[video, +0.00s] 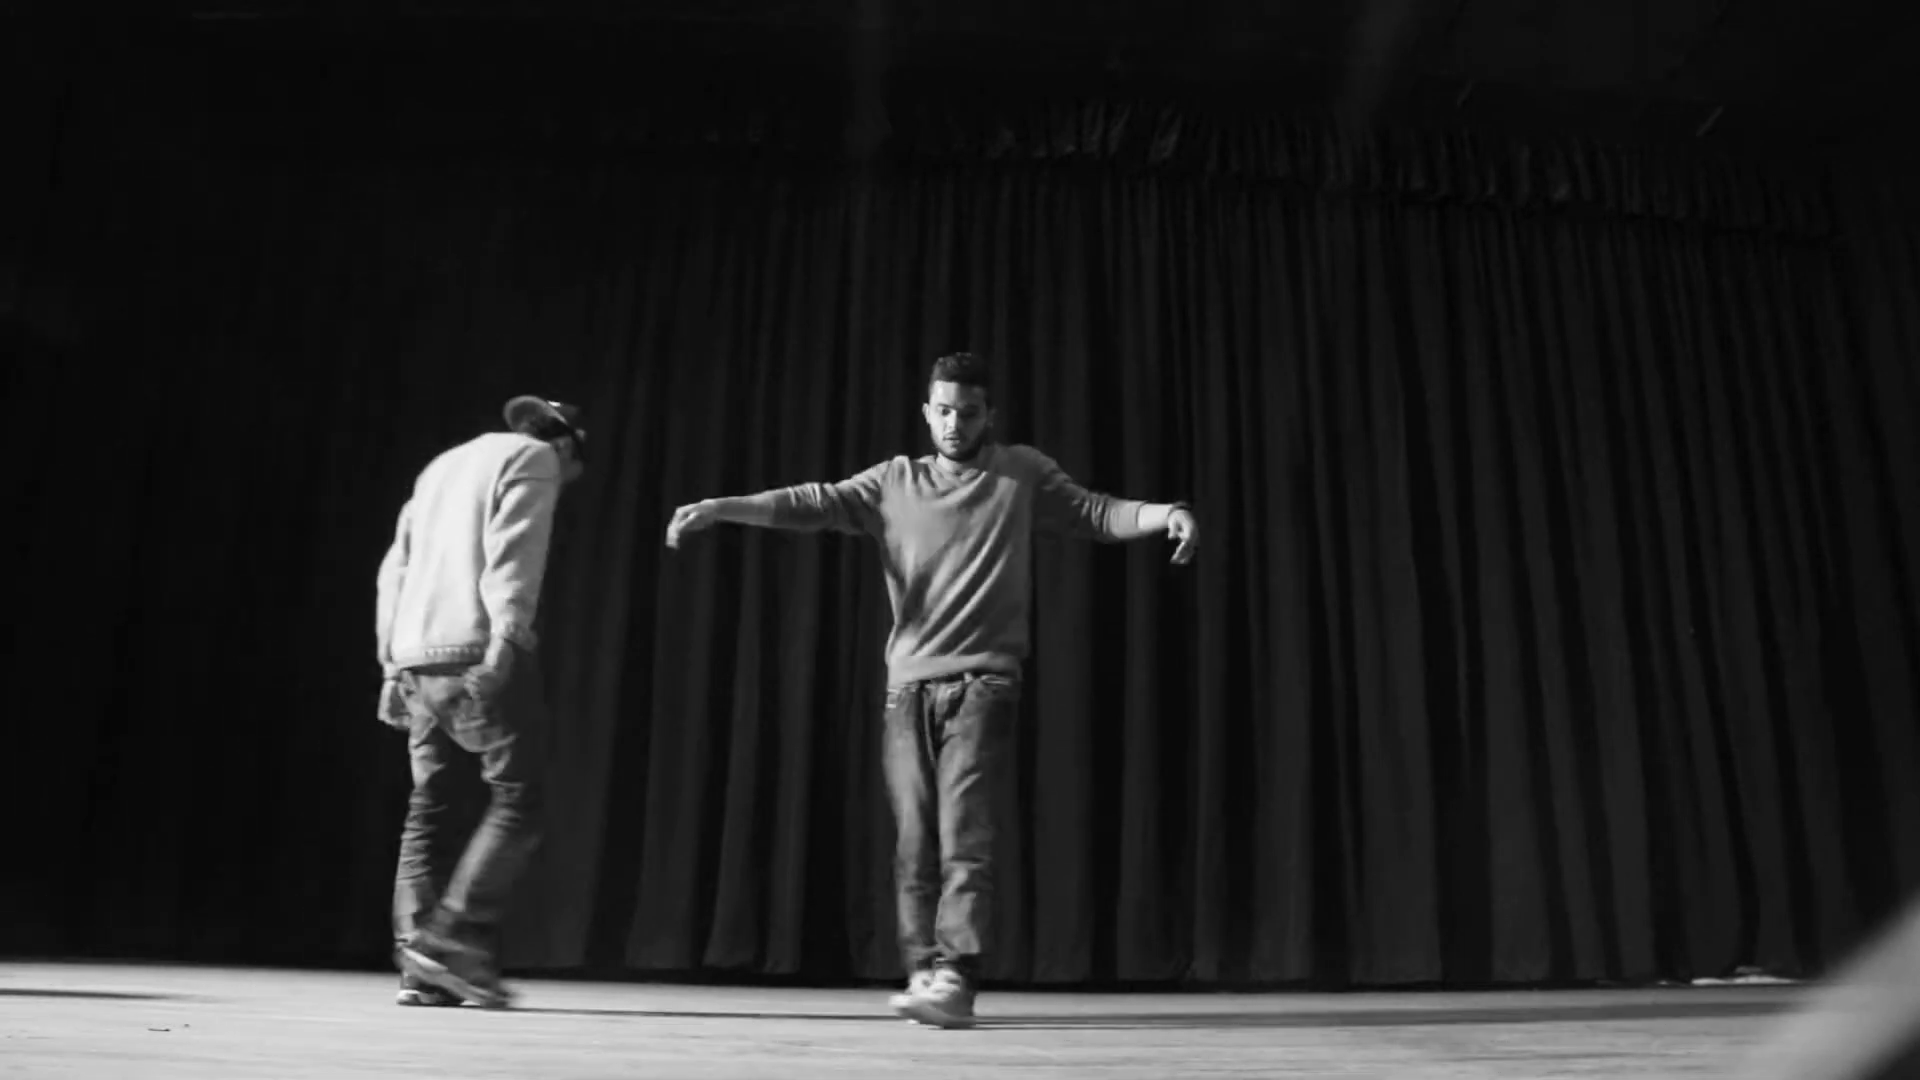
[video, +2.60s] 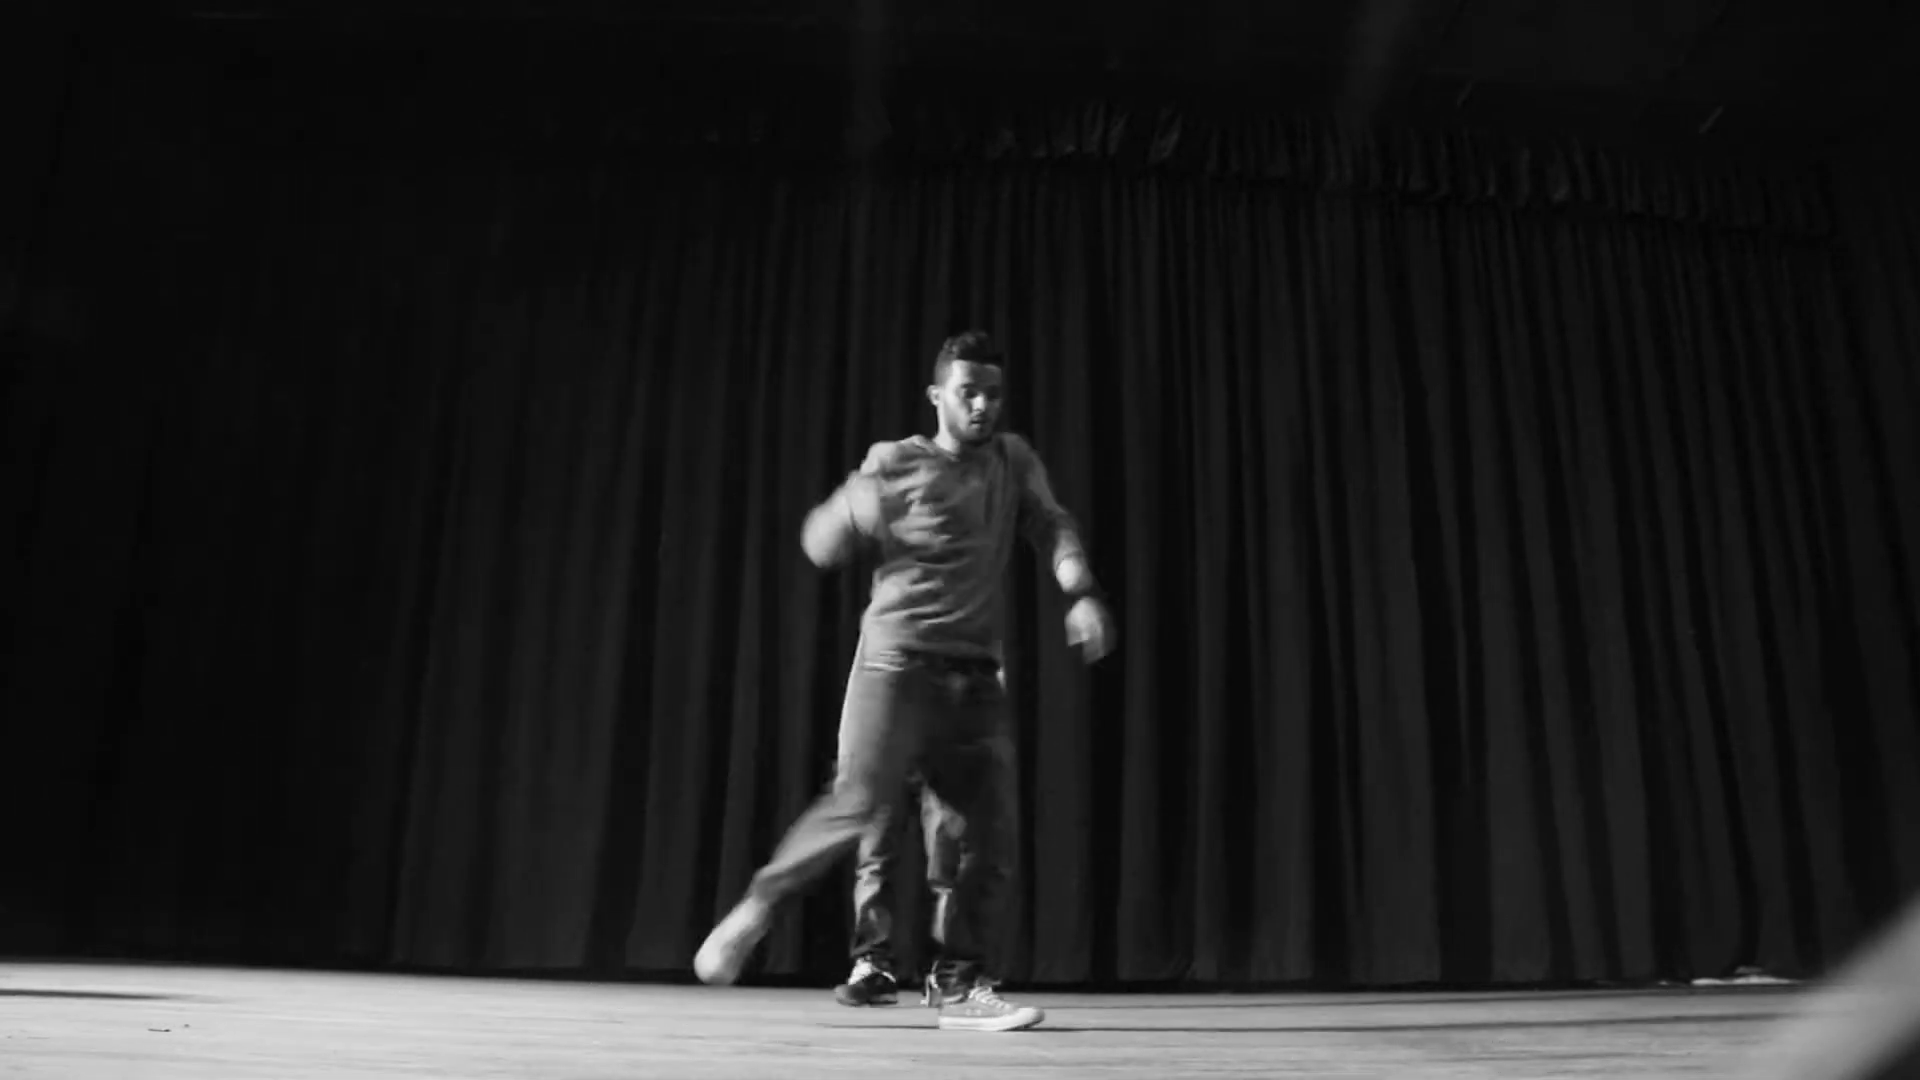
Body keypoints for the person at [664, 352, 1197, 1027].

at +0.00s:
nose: (954, 425)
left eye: (967, 412)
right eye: (943, 411)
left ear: (987, 412)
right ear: (926, 410)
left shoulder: (1022, 472)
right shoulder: (891, 481)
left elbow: (1094, 512)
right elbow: (809, 502)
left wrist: (1161, 514)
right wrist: (718, 508)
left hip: (983, 673)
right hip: (908, 676)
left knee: (962, 819)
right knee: (915, 824)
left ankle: (956, 975)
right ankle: (923, 972)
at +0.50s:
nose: (954, 412)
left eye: (967, 401)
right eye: (949, 401)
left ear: (1005, 403)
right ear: (946, 403)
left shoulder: (1056, 472)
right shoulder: (921, 461)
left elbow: (1125, 521)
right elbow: (833, 472)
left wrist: (1202, 559)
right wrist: (737, 470)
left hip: (973, 678)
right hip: (893, 666)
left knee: (968, 832)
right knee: (844, 794)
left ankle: (963, 981)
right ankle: (873, 938)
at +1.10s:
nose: (948, 396)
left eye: (963, 383)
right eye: (944, 384)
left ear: (1002, 386)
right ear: (941, 388)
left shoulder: (1051, 463)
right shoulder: (918, 445)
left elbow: (1118, 518)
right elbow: (836, 462)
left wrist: (1192, 566)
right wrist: (743, 468)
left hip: (1011, 662)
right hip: (930, 653)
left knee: (1002, 826)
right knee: (897, 764)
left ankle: (986, 975)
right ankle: (881, 911)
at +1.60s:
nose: (899, 405)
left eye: (910, 392)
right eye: (885, 393)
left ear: (929, 395)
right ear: (864, 402)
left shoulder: (967, 439)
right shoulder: (848, 488)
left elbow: (1036, 501)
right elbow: (759, 518)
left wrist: (1094, 547)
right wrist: (667, 499)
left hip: (988, 669)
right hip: (902, 671)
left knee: (988, 832)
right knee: (846, 817)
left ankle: (976, 983)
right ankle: (797, 963)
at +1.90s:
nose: (844, 395)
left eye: (855, 382)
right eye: (830, 382)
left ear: (872, 386)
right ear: (804, 388)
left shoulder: (909, 434)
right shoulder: (779, 464)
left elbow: (982, 478)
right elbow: (712, 550)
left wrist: (1047, 520)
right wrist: (749, 476)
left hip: (907, 665)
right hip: (815, 666)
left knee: (934, 823)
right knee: (769, 825)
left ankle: (952, 979)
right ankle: (726, 976)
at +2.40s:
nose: (948, 409)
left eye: (959, 399)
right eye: (935, 395)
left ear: (970, 407)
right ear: (903, 397)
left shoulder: (967, 489)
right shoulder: (857, 455)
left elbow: (1031, 527)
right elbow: (759, 488)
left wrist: (1103, 560)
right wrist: (804, 440)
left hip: (918, 681)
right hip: (831, 676)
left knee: (956, 829)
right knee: (788, 820)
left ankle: (955, 989)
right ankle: (729, 975)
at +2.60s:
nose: (980, 404)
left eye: (990, 392)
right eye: (967, 391)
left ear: (1002, 399)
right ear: (936, 395)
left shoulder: (1013, 460)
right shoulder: (895, 464)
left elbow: (1054, 528)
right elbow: (821, 547)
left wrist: (1080, 593)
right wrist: (850, 512)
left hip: (976, 672)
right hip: (894, 665)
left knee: (981, 832)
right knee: (861, 806)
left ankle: (957, 980)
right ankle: (757, 912)